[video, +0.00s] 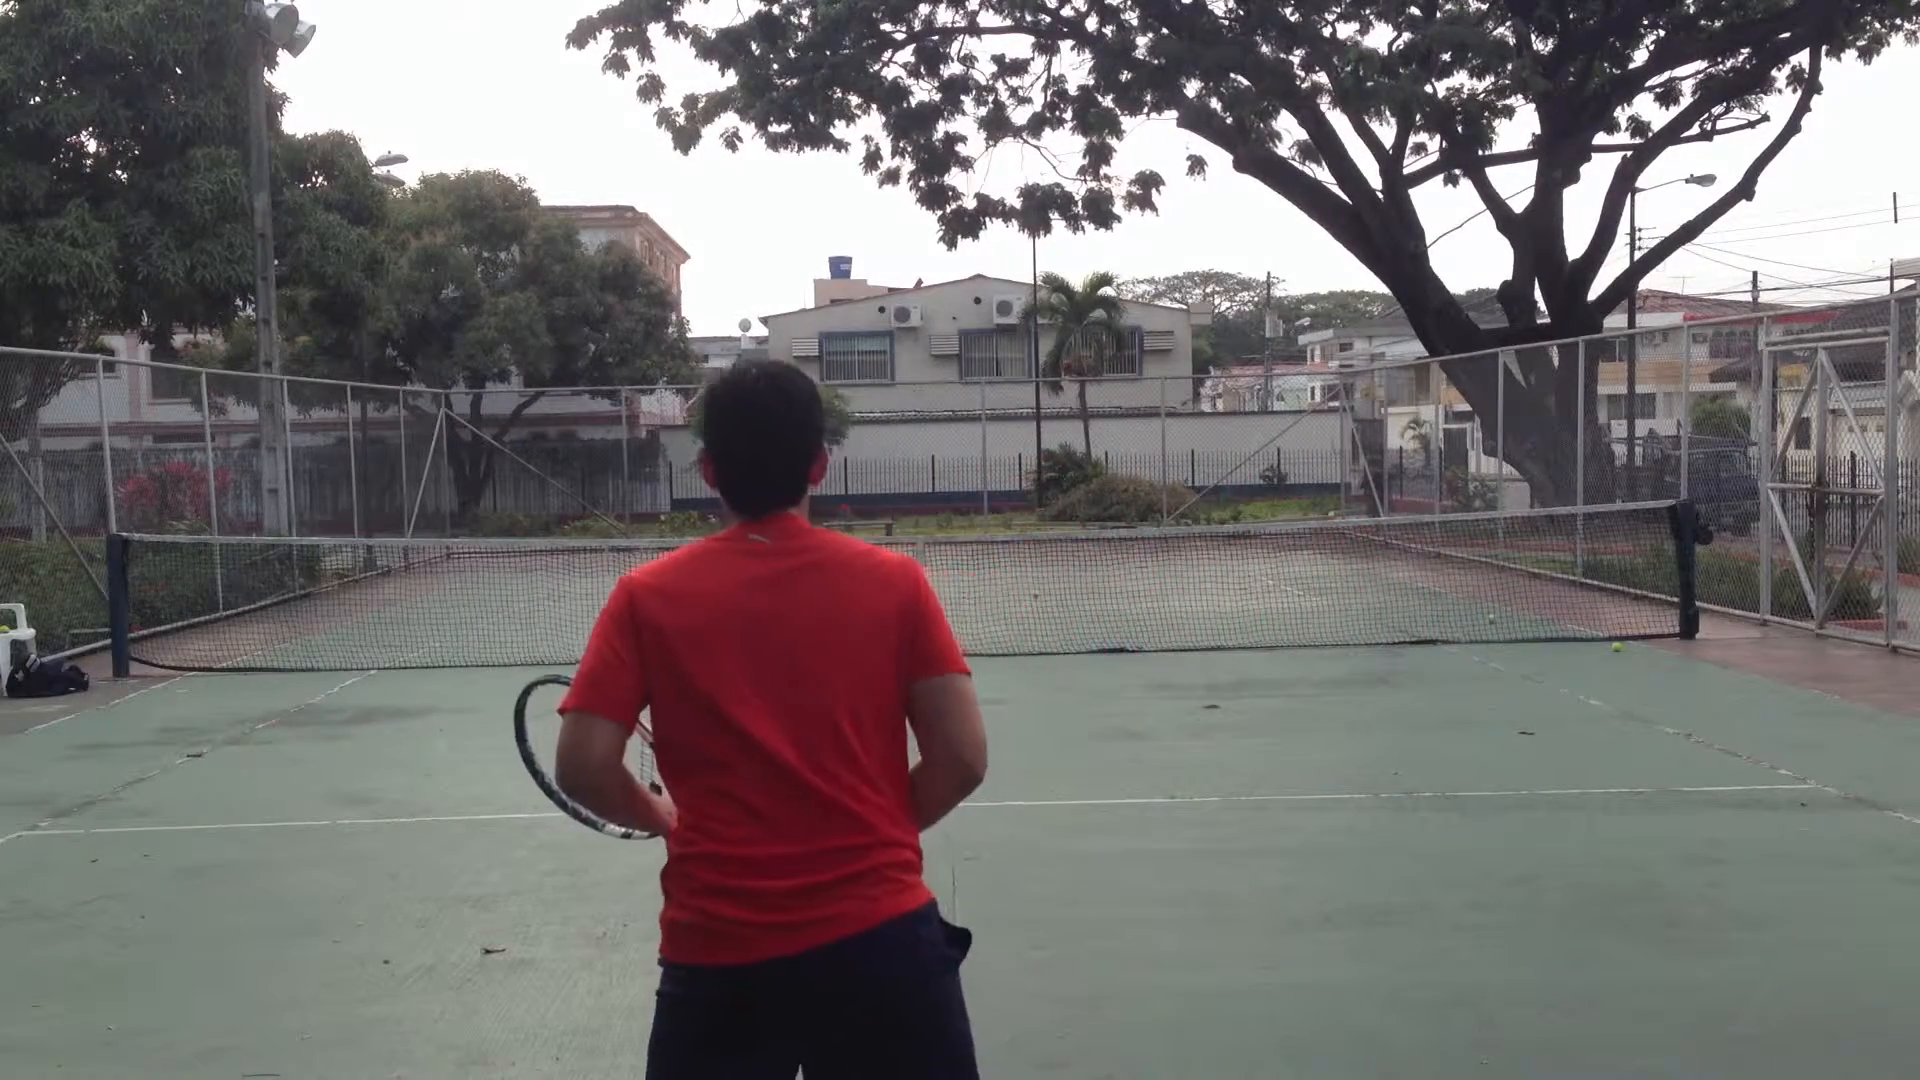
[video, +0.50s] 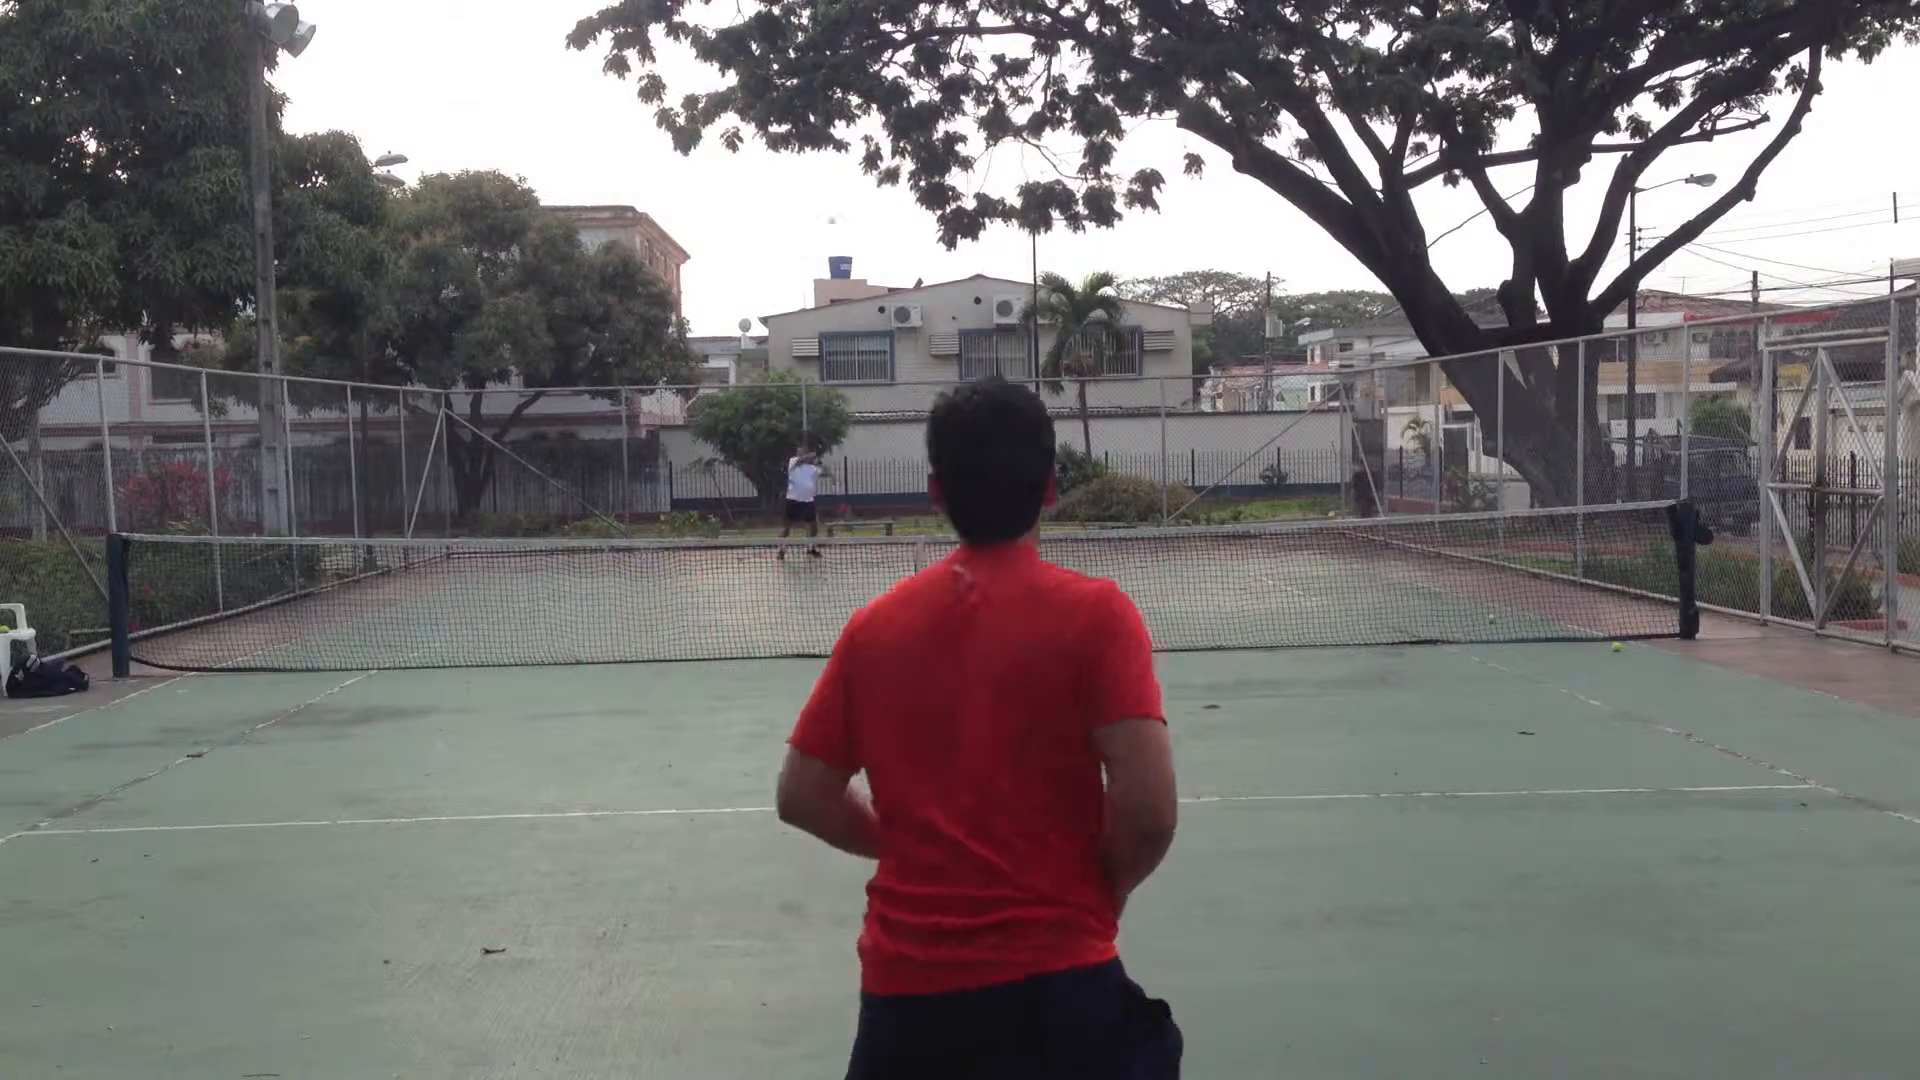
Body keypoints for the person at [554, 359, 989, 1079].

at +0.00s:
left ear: (708, 470)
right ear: (819, 467)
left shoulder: (649, 596)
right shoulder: (893, 582)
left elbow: (583, 766)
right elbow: (961, 759)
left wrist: (664, 817)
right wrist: (874, 822)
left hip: (720, 970)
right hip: (881, 959)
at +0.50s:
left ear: (935, 493)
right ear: (1050, 489)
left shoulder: (878, 626)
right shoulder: (1094, 613)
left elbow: (804, 796)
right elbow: (1149, 810)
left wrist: (910, 841)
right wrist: (1101, 887)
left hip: (909, 1000)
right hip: (1062, 993)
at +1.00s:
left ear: (1239, 497)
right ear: (1358, 507)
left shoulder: (1177, 629)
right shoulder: (1346, 634)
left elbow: (1161, 808)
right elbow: (1365, 844)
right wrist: (1417, 901)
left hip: (1183, 994)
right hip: (1291, 1001)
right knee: (1419, 1059)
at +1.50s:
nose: (1472, 454)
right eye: (1473, 439)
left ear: (1341, 449)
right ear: (1466, 458)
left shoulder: (1321, 559)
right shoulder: (1415, 585)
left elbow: (1473, 624)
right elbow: (1461, 777)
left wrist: (1627, 604)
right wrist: (1650, 709)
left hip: (1293, 945)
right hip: (1377, 962)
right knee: (1497, 1056)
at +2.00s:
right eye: (1677, 450)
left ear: (1535, 449)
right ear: (1667, 474)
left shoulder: (1455, 561)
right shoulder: (1649, 629)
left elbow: (1371, 619)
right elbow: (1760, 858)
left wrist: (1482, 618)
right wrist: (1913, 921)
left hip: (1408, 960)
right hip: (1541, 977)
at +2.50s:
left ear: (1646, 400)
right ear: (1779, 424)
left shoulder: (1593, 557)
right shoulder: (1799, 539)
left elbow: (1538, 771)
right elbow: (1584, 474)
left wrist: (1482, 758)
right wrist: (1404, 443)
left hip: (1597, 947)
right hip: (1760, 940)